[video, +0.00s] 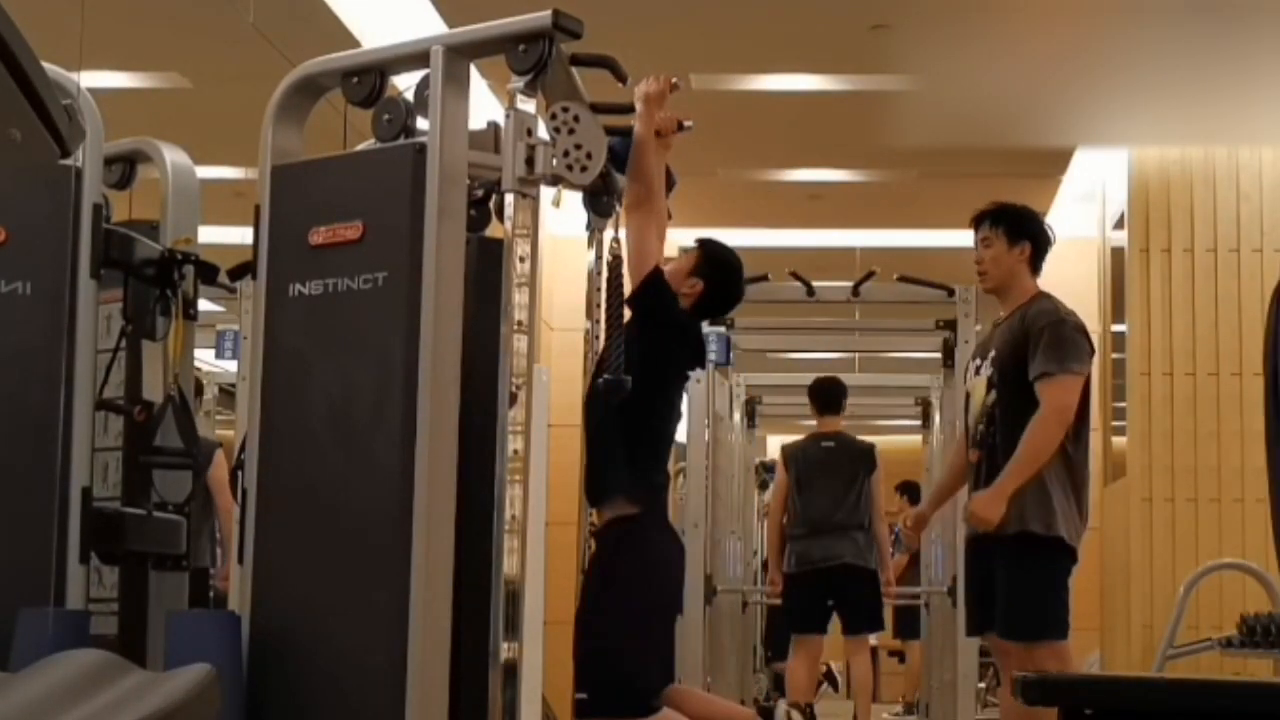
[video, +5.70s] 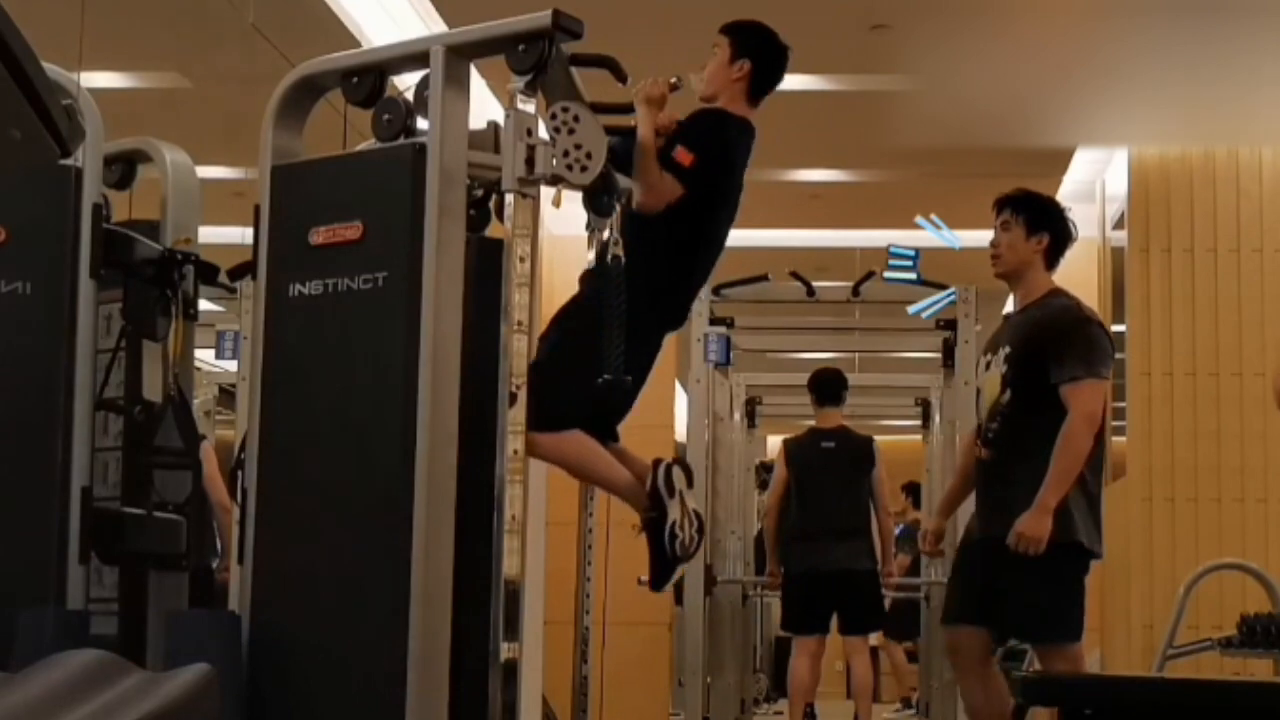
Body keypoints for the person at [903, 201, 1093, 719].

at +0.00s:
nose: (977, 257)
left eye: (988, 246)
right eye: (976, 247)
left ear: (1024, 252)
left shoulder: (1053, 322)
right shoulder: (990, 339)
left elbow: (1059, 412)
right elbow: (974, 440)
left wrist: (1000, 490)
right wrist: (928, 507)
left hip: (1038, 519)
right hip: (995, 518)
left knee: (1046, 662)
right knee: (1008, 656)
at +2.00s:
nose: (966, 267)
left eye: (975, 253)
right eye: (964, 256)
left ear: (1012, 257)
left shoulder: (1047, 330)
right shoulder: (994, 340)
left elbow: (1051, 428)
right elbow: (974, 445)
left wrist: (1005, 514)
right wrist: (947, 524)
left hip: (1029, 529)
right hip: (992, 529)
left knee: (1037, 673)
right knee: (1004, 667)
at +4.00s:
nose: (973, 263)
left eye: (984, 250)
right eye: (971, 252)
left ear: (1020, 253)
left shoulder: (1049, 327)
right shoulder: (996, 339)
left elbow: (1060, 426)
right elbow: (975, 443)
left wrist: (1017, 512)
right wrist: (942, 521)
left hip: (1034, 527)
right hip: (995, 526)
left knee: (1041, 668)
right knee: (1006, 663)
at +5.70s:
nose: (992, 241)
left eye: (1005, 230)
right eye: (993, 230)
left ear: (1041, 244)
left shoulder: (1071, 320)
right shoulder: (1005, 332)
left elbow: (1088, 416)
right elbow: (987, 432)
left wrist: (1044, 507)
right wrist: (942, 511)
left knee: (1060, 659)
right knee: (966, 643)